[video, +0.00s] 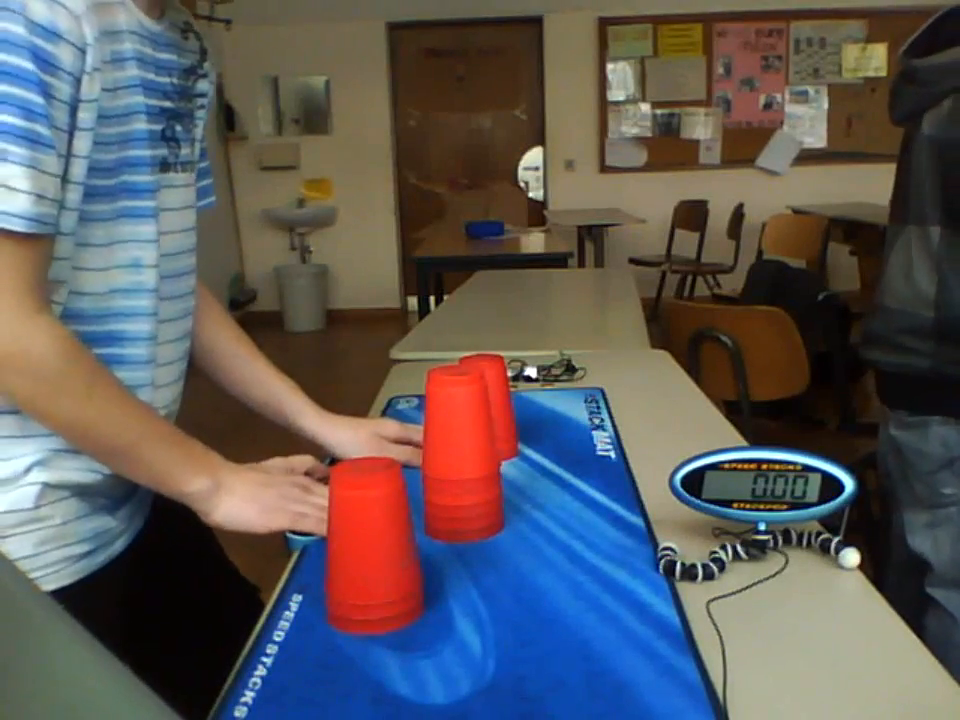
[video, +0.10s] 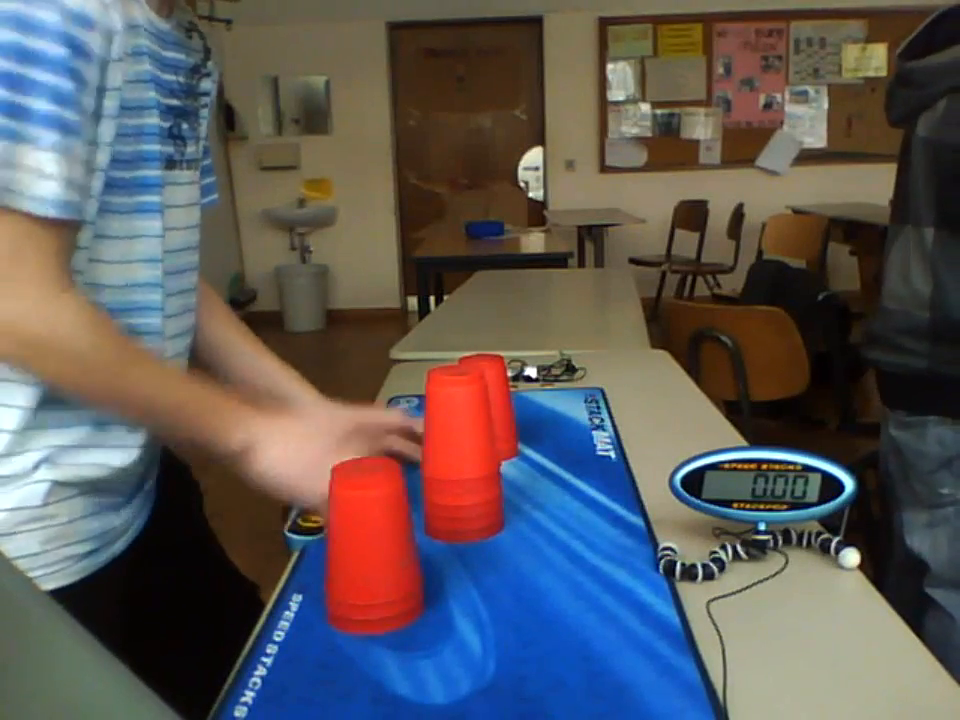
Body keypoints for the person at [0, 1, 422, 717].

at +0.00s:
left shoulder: (186, 49)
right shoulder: (38, 22)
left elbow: (172, 282)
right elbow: (10, 323)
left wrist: (319, 422)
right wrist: (211, 481)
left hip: (141, 511)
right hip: (39, 556)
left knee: (278, 685)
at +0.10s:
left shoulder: (183, 42)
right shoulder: (54, 18)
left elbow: (165, 271)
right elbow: (19, 296)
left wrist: (310, 411)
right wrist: (251, 435)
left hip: (145, 499)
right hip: (43, 550)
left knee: (262, 680)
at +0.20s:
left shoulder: (178, 36)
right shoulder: (64, 18)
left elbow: (169, 279)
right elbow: (102, 312)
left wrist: (341, 388)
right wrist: (343, 394)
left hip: (137, 487)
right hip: (41, 539)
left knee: (265, 684)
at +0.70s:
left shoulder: (216, 27)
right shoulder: (98, 14)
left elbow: (186, 248)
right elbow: (10, 272)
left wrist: (349, 332)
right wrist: (231, 435)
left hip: (175, 498)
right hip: (58, 550)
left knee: (281, 688)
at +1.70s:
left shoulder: (192, 47)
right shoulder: (48, 20)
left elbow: (172, 276)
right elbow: (20, 305)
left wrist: (317, 414)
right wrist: (246, 438)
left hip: (144, 500)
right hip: (41, 552)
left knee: (261, 678)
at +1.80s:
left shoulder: (182, 42)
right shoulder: (63, 20)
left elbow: (174, 276)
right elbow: (98, 313)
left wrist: (335, 383)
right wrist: (349, 381)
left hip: (135, 487)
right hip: (41, 535)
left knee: (255, 675)